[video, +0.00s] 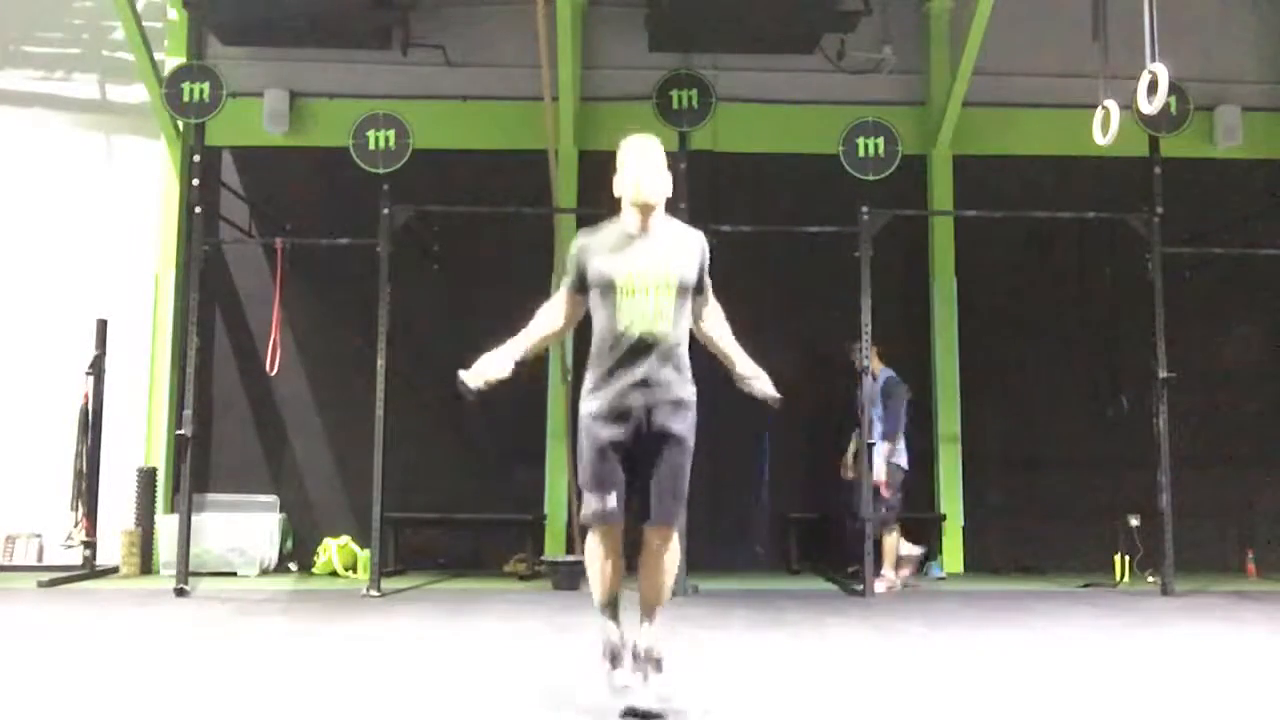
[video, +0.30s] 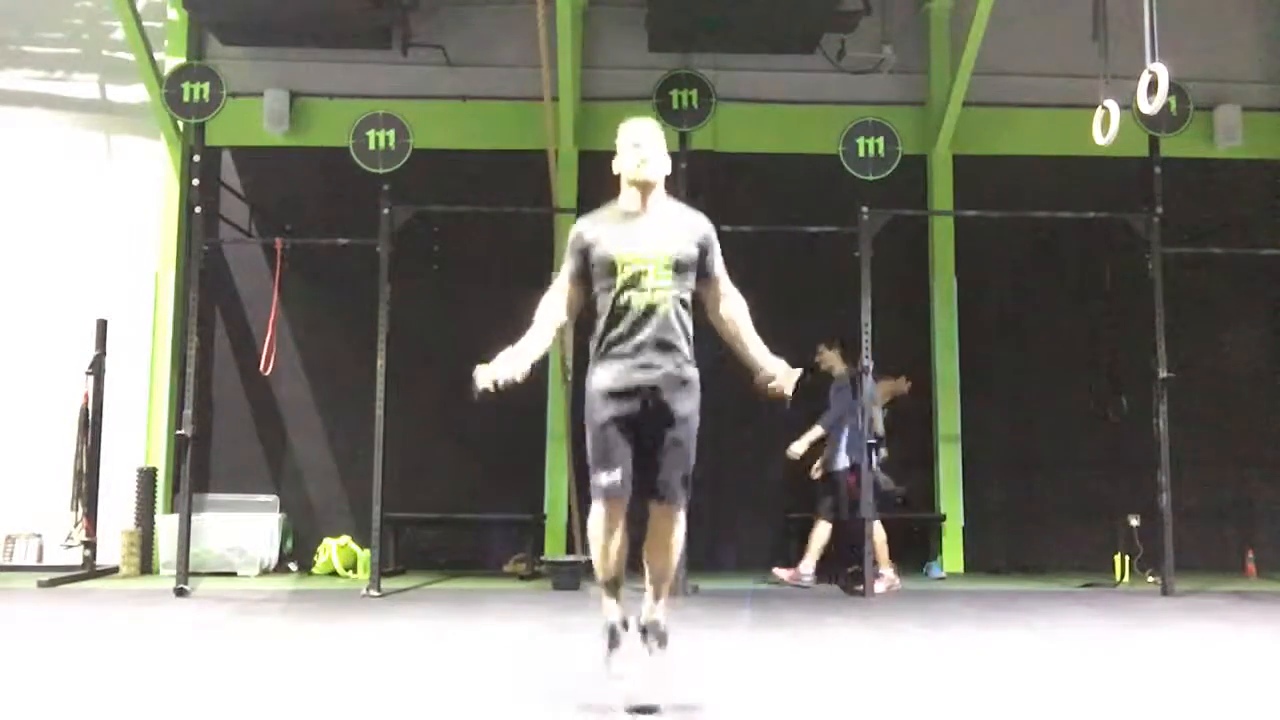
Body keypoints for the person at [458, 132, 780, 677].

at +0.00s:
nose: (645, 177)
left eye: (653, 168)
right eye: (635, 168)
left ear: (668, 178)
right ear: (618, 179)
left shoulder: (692, 244)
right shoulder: (589, 245)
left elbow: (705, 312)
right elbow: (563, 311)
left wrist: (745, 368)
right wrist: (505, 355)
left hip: (672, 399)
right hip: (605, 399)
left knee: (664, 524)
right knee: (603, 517)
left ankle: (649, 636)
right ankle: (608, 626)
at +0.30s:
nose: (644, 156)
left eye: (652, 148)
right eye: (634, 148)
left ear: (667, 160)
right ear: (617, 161)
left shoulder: (695, 227)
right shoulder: (590, 230)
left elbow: (723, 302)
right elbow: (560, 305)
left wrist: (765, 363)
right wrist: (516, 358)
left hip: (675, 375)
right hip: (611, 376)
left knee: (668, 498)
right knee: (611, 491)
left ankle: (655, 615)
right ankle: (611, 612)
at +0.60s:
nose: (650, 206)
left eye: (657, 197)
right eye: (639, 197)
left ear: (672, 207)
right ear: (620, 209)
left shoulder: (696, 272)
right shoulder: (593, 273)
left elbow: (716, 339)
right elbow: (561, 342)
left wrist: (767, 383)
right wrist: (508, 365)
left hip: (681, 425)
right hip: (616, 427)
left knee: (674, 545)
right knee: (623, 542)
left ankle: (661, 659)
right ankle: (624, 655)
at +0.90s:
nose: (647, 150)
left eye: (655, 142)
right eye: (637, 143)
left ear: (670, 158)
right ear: (620, 158)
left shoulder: (700, 226)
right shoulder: (594, 229)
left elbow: (727, 297)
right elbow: (566, 300)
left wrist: (765, 351)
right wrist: (529, 350)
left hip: (680, 370)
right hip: (616, 370)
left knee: (676, 486)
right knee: (618, 479)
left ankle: (662, 586)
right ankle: (621, 581)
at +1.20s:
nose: (651, 235)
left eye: (658, 225)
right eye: (640, 225)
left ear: (671, 232)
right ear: (621, 234)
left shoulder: (697, 298)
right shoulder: (595, 301)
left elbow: (723, 363)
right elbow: (562, 372)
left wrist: (786, 402)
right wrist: (504, 378)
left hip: (682, 447)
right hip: (617, 447)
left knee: (676, 565)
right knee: (624, 560)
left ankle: (662, 665)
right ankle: (626, 666)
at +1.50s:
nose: (648, 154)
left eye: (655, 147)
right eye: (637, 146)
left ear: (670, 159)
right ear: (619, 158)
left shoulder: (696, 224)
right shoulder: (593, 228)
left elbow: (727, 293)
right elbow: (571, 296)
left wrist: (764, 350)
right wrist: (544, 344)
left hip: (678, 364)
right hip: (616, 366)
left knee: (676, 477)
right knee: (618, 475)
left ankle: (662, 595)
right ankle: (623, 595)